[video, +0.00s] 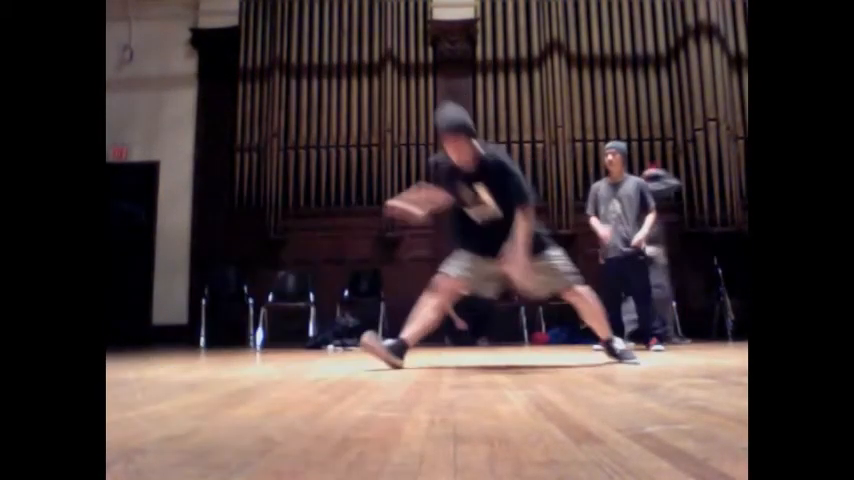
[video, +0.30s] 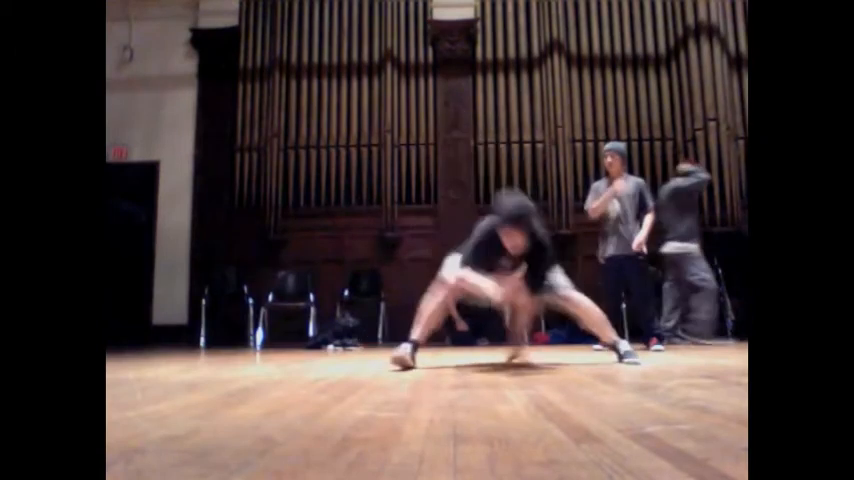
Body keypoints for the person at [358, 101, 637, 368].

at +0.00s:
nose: (458, 150)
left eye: (462, 141)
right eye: (451, 144)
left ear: (472, 138)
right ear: (442, 145)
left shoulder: (497, 164)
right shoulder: (441, 169)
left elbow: (525, 208)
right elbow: (441, 198)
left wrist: (519, 256)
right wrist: (418, 207)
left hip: (525, 244)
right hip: (477, 250)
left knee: (576, 291)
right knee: (440, 290)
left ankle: (611, 342)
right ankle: (400, 346)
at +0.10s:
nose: (468, 172)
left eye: (472, 163)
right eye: (461, 166)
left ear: (484, 158)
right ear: (455, 167)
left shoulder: (509, 182)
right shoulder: (461, 188)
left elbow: (529, 231)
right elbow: (452, 215)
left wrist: (531, 285)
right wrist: (439, 233)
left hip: (543, 254)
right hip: (494, 258)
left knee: (595, 296)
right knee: (456, 300)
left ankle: (613, 342)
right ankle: (408, 345)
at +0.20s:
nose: (480, 196)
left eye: (484, 188)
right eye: (474, 190)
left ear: (498, 183)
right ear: (469, 190)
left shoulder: (524, 207)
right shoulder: (476, 212)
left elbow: (532, 267)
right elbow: (461, 244)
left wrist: (539, 323)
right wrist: (447, 256)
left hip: (552, 264)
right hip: (504, 267)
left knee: (597, 301)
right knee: (462, 302)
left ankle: (618, 345)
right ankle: (413, 347)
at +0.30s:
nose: (511, 238)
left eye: (516, 232)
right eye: (505, 232)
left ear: (529, 227)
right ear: (496, 227)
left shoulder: (540, 242)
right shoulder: (486, 231)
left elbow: (526, 287)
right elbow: (464, 271)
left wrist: (520, 339)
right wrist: (496, 293)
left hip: (528, 273)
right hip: (478, 270)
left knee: (574, 301)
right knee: (443, 288)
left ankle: (619, 347)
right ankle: (410, 347)